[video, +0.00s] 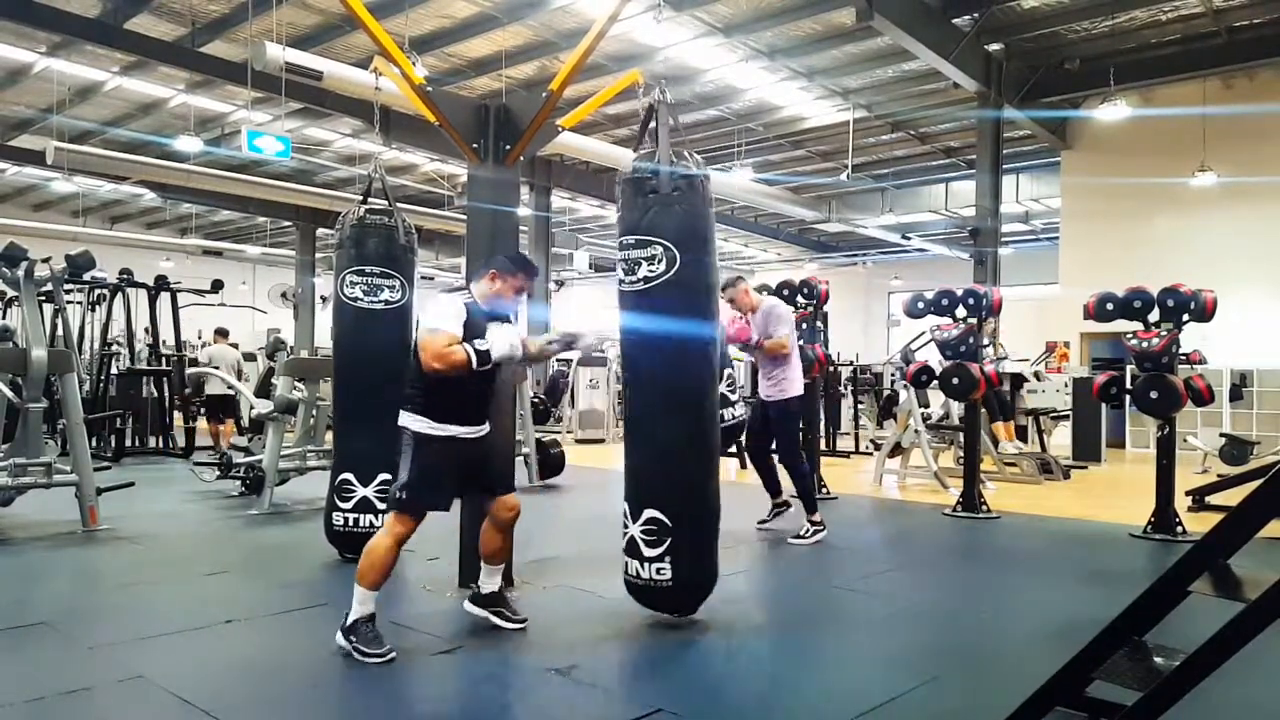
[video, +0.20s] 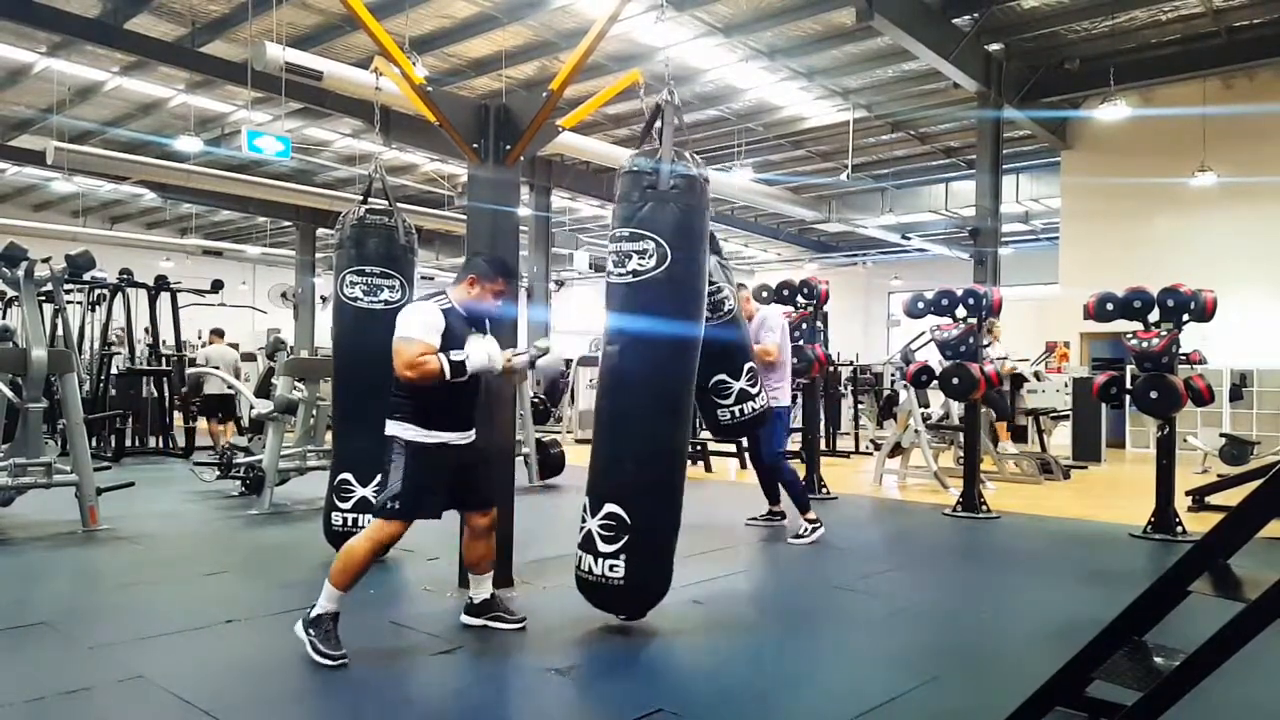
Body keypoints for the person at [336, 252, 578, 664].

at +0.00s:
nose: (519, 302)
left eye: (523, 295)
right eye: (517, 292)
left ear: (506, 286)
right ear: (494, 278)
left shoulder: (499, 319)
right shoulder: (445, 303)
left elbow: (517, 349)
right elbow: (435, 358)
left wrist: (553, 345)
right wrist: (490, 348)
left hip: (477, 435)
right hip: (429, 435)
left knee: (505, 509)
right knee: (400, 526)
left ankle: (487, 593)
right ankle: (357, 621)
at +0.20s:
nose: (496, 305)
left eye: (500, 298)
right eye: (494, 295)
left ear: (482, 288)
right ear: (473, 282)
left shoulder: (476, 324)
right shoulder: (423, 312)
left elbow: (478, 370)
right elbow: (409, 367)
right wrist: (471, 362)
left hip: (462, 442)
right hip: (415, 442)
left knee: (482, 517)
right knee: (388, 530)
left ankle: (480, 602)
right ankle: (320, 616)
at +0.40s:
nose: (461, 309)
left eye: (464, 301)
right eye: (460, 299)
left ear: (439, 290)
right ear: (435, 287)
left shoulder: (424, 327)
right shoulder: (394, 319)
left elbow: (411, 379)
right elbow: (385, 375)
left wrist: (439, 403)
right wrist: (432, 400)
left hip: (416, 449)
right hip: (371, 451)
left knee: (454, 518)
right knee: (351, 544)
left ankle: (474, 598)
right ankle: (299, 632)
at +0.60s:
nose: (446, 286)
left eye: (450, 279)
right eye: (444, 276)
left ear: (425, 268)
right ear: (417, 262)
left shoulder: (415, 306)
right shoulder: (371, 294)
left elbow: (407, 360)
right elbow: (367, 356)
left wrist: (445, 355)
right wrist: (425, 346)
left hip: (402, 424)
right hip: (357, 426)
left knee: (431, 502)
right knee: (348, 527)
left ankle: (396, 588)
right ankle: (305, 621)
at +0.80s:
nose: (447, 298)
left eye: (451, 290)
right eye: (446, 288)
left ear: (425, 278)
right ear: (422, 275)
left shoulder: (417, 315)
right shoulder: (377, 305)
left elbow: (418, 367)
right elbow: (372, 364)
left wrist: (450, 360)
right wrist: (429, 368)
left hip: (405, 436)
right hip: (361, 438)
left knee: (438, 507)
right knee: (342, 531)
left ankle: (396, 589)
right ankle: (300, 628)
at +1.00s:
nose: (465, 306)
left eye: (468, 298)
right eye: (465, 296)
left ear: (445, 286)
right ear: (446, 285)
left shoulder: (434, 319)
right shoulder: (406, 309)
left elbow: (438, 361)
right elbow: (393, 359)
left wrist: (471, 356)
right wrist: (444, 385)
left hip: (423, 443)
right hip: (385, 444)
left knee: (432, 528)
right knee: (359, 534)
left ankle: (453, 604)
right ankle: (303, 627)